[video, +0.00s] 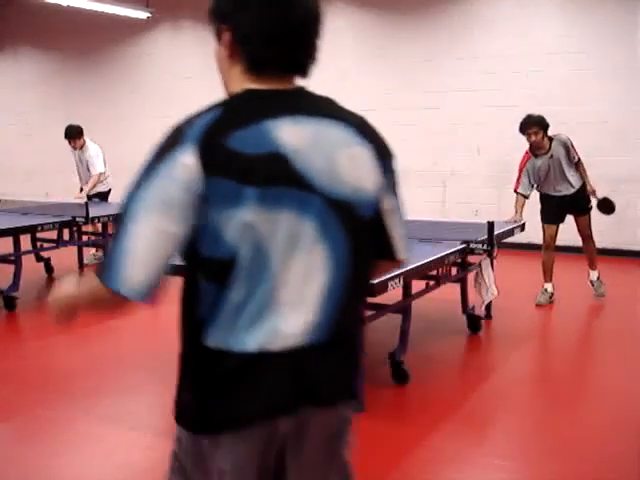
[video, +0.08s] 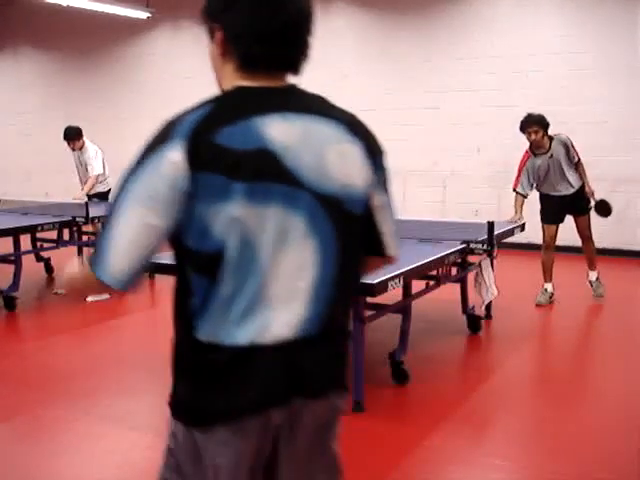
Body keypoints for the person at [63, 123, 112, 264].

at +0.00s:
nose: (72, 144)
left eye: (75, 141)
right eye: (70, 142)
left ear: (82, 138)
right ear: (68, 141)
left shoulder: (92, 151)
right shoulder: (75, 150)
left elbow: (97, 174)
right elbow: (80, 169)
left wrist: (86, 191)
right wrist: (81, 185)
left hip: (100, 188)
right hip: (88, 188)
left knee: (96, 221)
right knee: (92, 221)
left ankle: (100, 250)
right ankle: (98, 248)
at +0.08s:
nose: (71, 146)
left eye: (74, 143)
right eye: (69, 143)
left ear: (80, 139)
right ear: (66, 142)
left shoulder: (91, 151)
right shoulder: (76, 150)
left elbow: (94, 176)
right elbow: (80, 172)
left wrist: (84, 192)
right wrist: (83, 188)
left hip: (100, 190)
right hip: (89, 190)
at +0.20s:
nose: (69, 150)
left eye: (71, 146)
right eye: (67, 147)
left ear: (78, 142)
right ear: (65, 145)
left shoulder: (88, 155)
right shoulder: (76, 152)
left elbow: (87, 180)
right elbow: (80, 172)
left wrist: (74, 198)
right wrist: (84, 186)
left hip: (98, 188)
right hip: (91, 187)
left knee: (95, 218)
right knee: (91, 217)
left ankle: (98, 252)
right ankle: (95, 252)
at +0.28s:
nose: (69, 152)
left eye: (71, 148)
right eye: (67, 149)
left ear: (79, 144)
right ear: (65, 147)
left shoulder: (88, 156)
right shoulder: (74, 153)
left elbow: (83, 182)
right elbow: (80, 171)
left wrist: (64, 199)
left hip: (99, 190)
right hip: (90, 190)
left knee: (98, 220)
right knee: (93, 219)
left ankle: (99, 252)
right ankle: (97, 251)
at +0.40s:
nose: (70, 153)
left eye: (72, 150)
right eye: (67, 151)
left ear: (79, 146)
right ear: (65, 149)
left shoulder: (87, 157)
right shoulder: (74, 156)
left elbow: (84, 183)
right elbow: (78, 173)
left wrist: (65, 198)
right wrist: (74, 187)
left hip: (99, 192)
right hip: (90, 193)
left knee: (98, 223)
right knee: (95, 223)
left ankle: (100, 252)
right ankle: (98, 251)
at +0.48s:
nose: (69, 157)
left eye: (71, 153)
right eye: (67, 154)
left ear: (77, 150)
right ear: (64, 153)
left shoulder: (87, 160)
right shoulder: (72, 157)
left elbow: (88, 184)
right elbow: (76, 169)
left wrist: (72, 199)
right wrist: (75, 180)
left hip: (98, 192)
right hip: (88, 192)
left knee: (97, 222)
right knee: (93, 222)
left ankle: (100, 252)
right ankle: (97, 251)